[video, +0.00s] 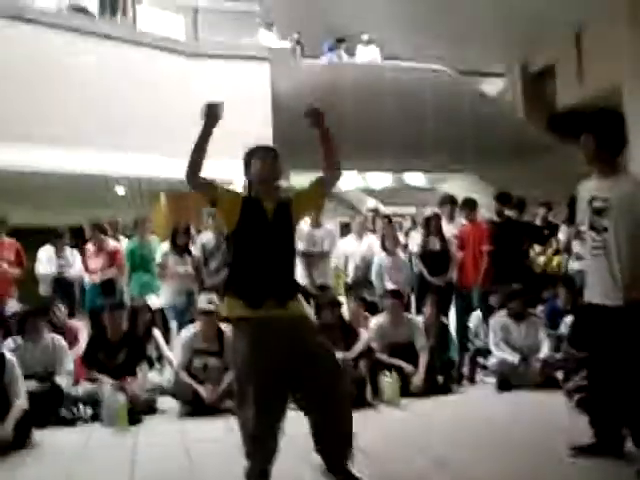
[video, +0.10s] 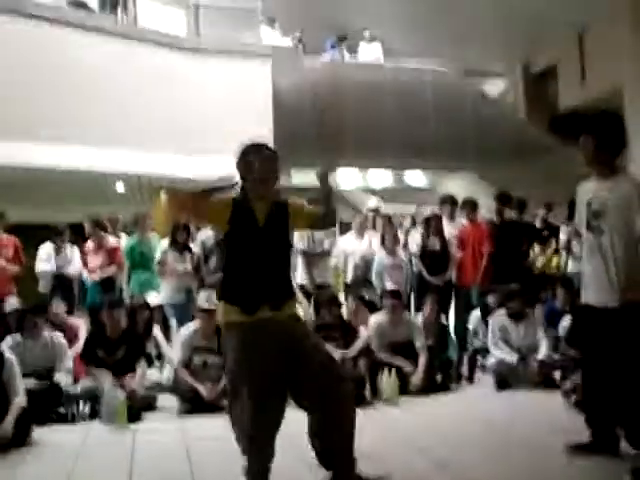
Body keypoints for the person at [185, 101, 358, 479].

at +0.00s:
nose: (267, 169)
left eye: (273, 163)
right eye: (261, 164)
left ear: (281, 171)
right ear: (247, 171)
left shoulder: (292, 207)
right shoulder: (233, 205)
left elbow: (330, 175)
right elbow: (193, 178)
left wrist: (322, 128)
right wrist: (208, 126)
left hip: (291, 317)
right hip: (248, 321)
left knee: (330, 389)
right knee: (259, 403)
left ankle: (336, 462)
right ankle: (258, 468)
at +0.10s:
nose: (263, 175)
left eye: (270, 168)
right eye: (255, 168)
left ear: (278, 172)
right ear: (242, 172)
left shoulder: (287, 210)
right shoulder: (226, 209)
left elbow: (327, 220)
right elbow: (180, 205)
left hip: (285, 321)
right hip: (242, 325)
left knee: (333, 390)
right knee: (255, 409)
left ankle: (343, 470)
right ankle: (257, 470)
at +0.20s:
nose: (274, 147)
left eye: (273, 141)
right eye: (266, 141)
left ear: (272, 149)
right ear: (244, 148)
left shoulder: (281, 194)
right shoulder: (225, 184)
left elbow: (299, 243)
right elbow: (207, 176)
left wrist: (319, 242)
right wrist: (200, 159)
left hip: (278, 301)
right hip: (239, 304)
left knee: (311, 374)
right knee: (249, 387)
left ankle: (349, 450)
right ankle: (256, 460)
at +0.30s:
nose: (271, 133)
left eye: (272, 127)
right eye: (263, 127)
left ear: (269, 138)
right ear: (240, 134)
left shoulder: (278, 185)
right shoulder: (222, 171)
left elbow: (288, 236)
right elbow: (214, 115)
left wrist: (294, 277)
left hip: (277, 286)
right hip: (234, 287)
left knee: (298, 366)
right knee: (245, 371)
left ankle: (306, 451)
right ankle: (252, 449)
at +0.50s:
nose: (270, 138)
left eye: (273, 132)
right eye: (262, 131)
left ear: (274, 139)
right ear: (241, 134)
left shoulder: (279, 183)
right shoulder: (221, 172)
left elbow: (301, 230)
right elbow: (202, 124)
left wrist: (318, 246)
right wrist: (215, 68)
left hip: (277, 289)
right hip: (235, 290)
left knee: (289, 373)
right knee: (244, 375)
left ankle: (292, 455)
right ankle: (255, 455)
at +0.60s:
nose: (264, 136)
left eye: (270, 132)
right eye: (257, 130)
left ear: (275, 140)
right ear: (240, 135)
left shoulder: (281, 179)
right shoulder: (220, 170)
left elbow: (324, 188)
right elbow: (187, 125)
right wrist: (213, 84)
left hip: (277, 288)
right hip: (234, 290)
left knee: (301, 363)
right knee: (244, 373)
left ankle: (299, 451)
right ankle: (255, 454)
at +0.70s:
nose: (263, 125)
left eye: (270, 122)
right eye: (256, 120)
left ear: (277, 133)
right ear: (242, 128)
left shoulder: (290, 165)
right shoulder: (225, 164)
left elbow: (331, 141)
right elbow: (189, 118)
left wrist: (330, 105)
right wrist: (211, 79)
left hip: (280, 287)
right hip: (235, 287)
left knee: (308, 364)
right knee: (244, 375)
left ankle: (312, 434)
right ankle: (255, 453)